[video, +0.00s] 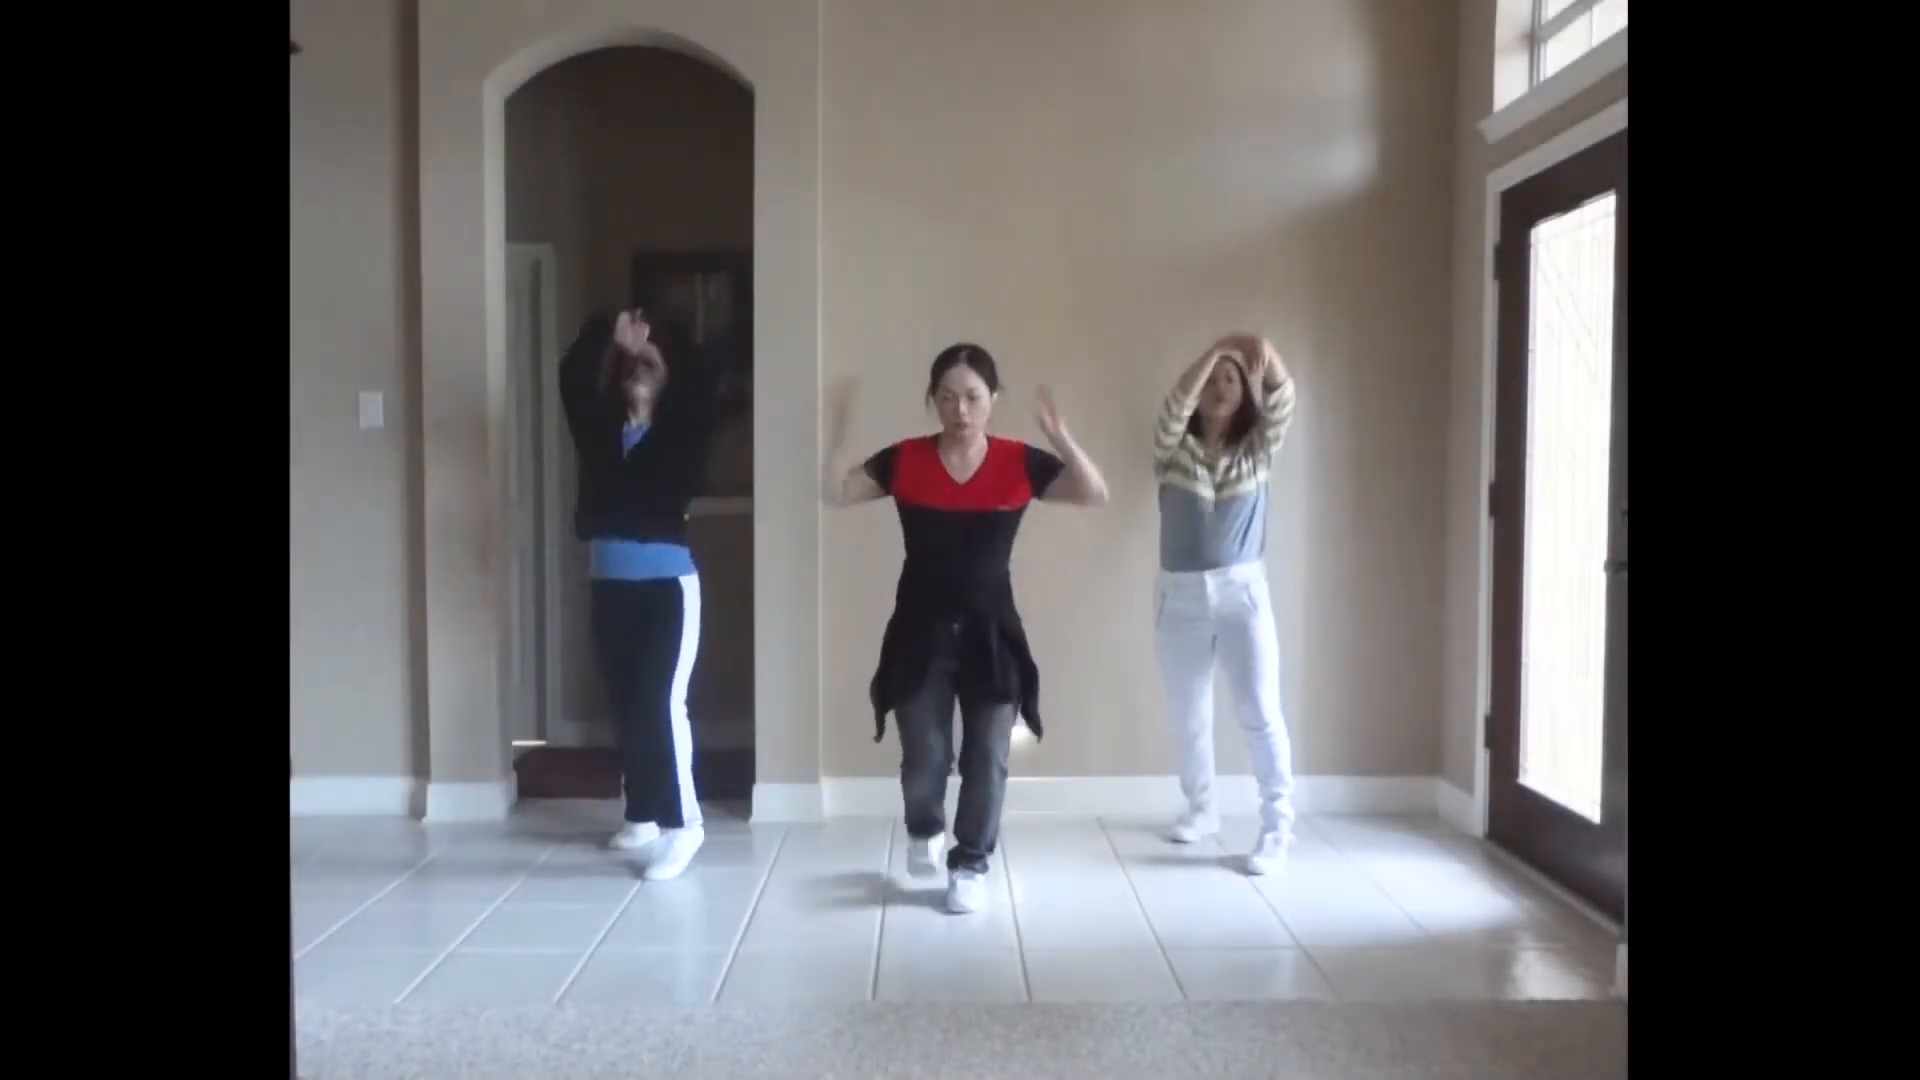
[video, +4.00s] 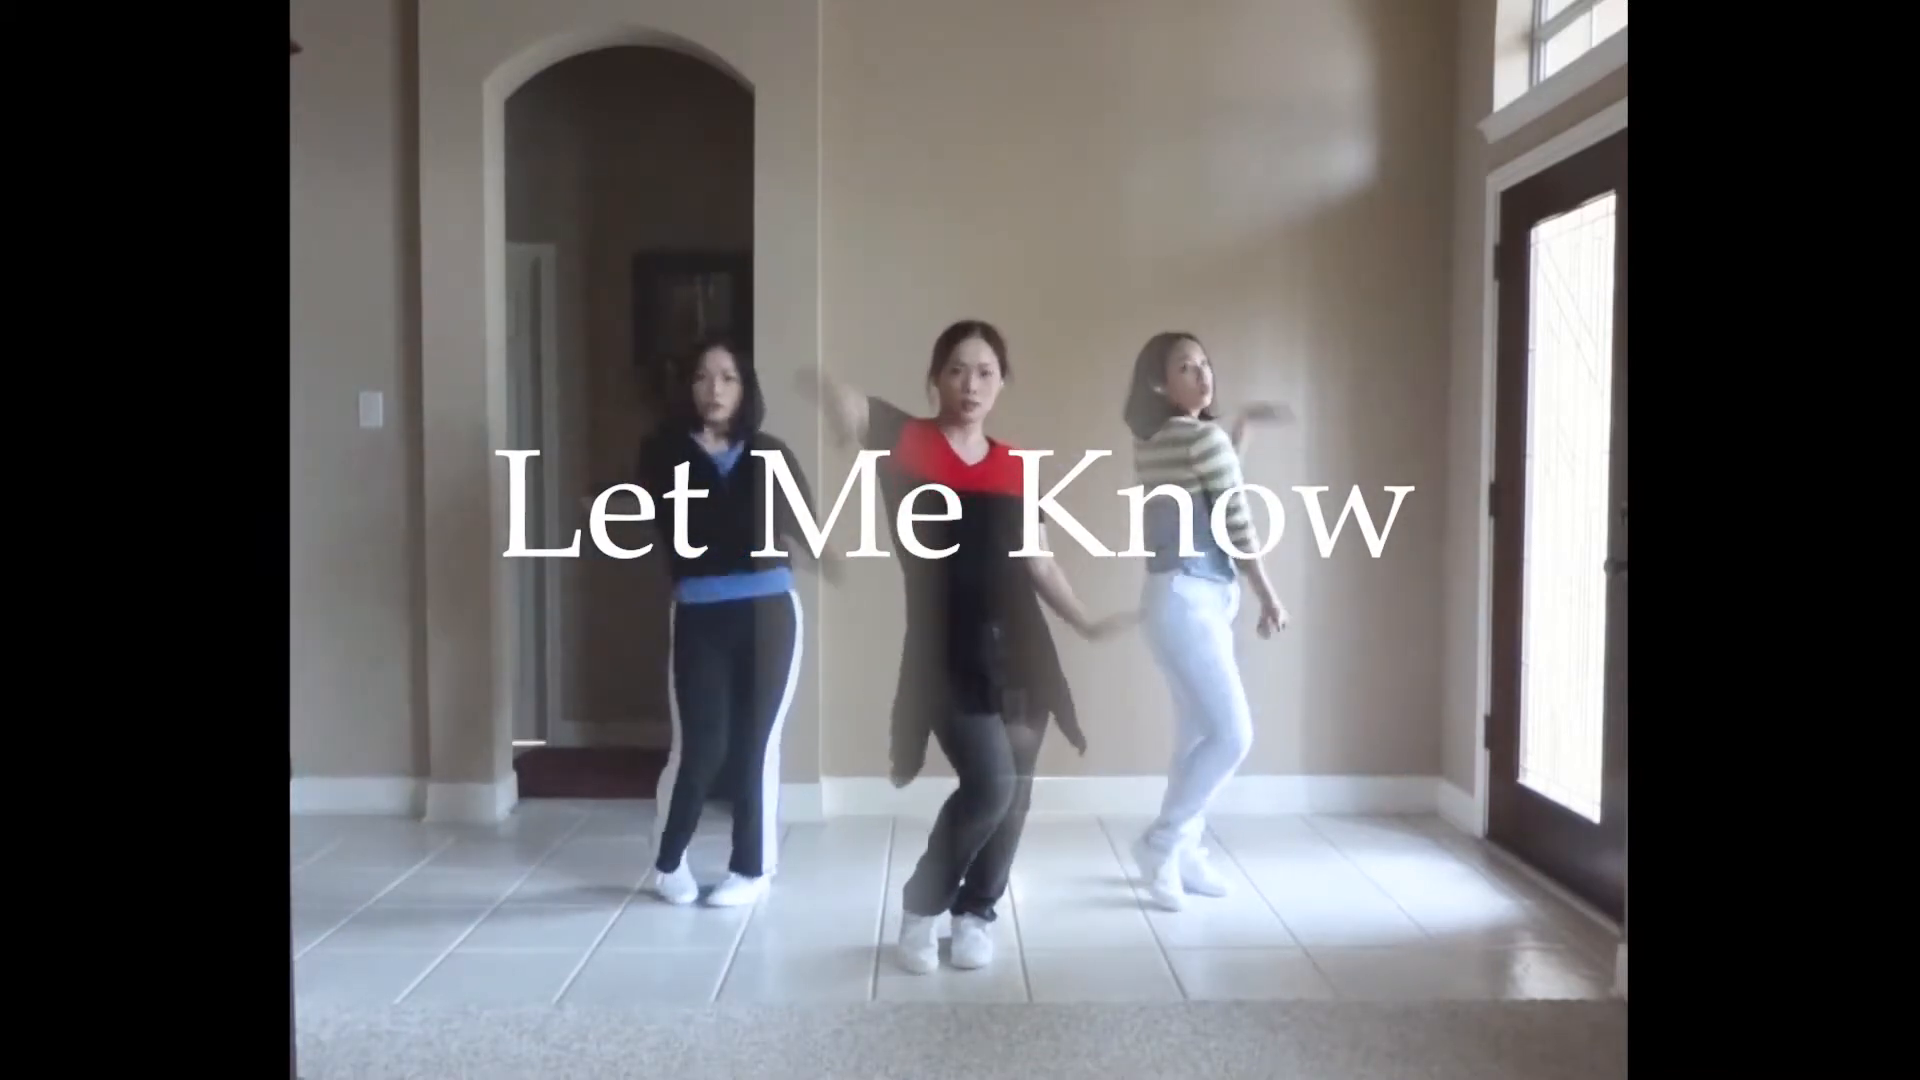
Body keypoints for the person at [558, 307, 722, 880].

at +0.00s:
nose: (636, 378)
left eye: (648, 369)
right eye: (628, 370)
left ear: (665, 379)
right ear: (616, 380)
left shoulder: (683, 427)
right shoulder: (597, 429)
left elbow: (706, 369)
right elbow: (573, 377)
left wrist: (657, 346)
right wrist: (609, 335)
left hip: (668, 582)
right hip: (613, 582)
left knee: (663, 702)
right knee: (628, 704)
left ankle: (685, 823)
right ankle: (643, 817)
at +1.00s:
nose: (650, 425)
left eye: (658, 415)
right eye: (641, 417)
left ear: (676, 416)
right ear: (630, 422)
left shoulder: (694, 465)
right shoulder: (609, 468)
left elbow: (695, 534)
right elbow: (595, 523)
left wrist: (648, 530)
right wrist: (616, 541)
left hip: (669, 592)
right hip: (613, 591)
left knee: (651, 696)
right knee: (612, 698)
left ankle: (679, 817)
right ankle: (641, 820)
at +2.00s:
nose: (648, 439)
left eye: (657, 429)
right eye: (638, 431)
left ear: (674, 431)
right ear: (628, 436)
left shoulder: (693, 478)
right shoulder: (609, 480)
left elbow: (691, 541)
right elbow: (597, 539)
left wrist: (654, 578)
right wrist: (625, 575)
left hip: (671, 592)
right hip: (613, 593)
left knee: (645, 692)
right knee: (605, 696)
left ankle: (675, 816)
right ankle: (641, 819)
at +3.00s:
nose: (651, 397)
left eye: (656, 385)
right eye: (644, 389)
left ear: (682, 380)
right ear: (649, 394)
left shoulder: (723, 432)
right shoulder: (672, 443)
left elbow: (746, 513)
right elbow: (662, 520)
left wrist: (684, 505)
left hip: (730, 592)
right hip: (681, 591)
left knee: (728, 727)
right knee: (672, 707)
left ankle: (752, 864)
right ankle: (685, 812)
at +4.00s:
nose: (714, 388)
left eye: (727, 378)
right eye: (704, 377)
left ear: (746, 388)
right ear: (689, 386)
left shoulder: (770, 453)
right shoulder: (666, 452)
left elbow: (809, 530)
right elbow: (646, 526)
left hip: (767, 610)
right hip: (700, 612)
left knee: (752, 748)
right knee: (704, 747)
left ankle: (749, 871)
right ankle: (670, 861)